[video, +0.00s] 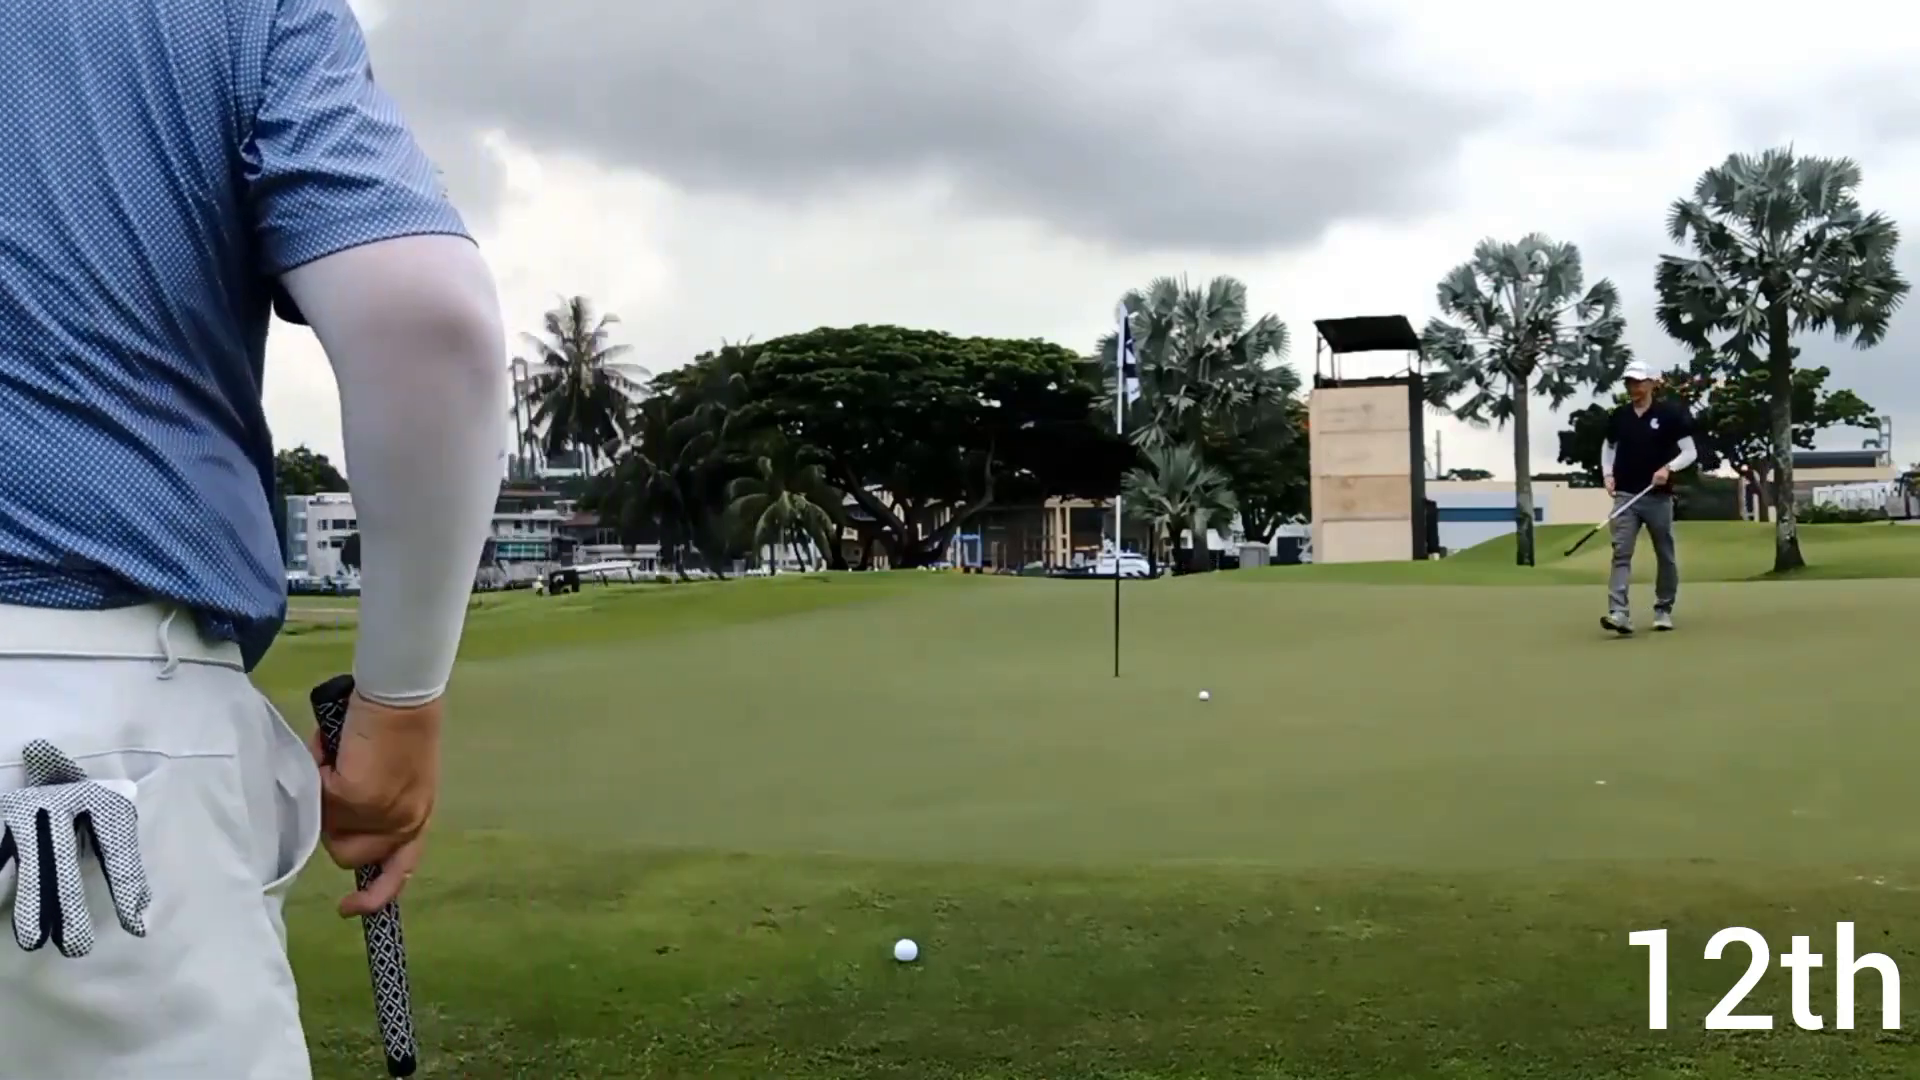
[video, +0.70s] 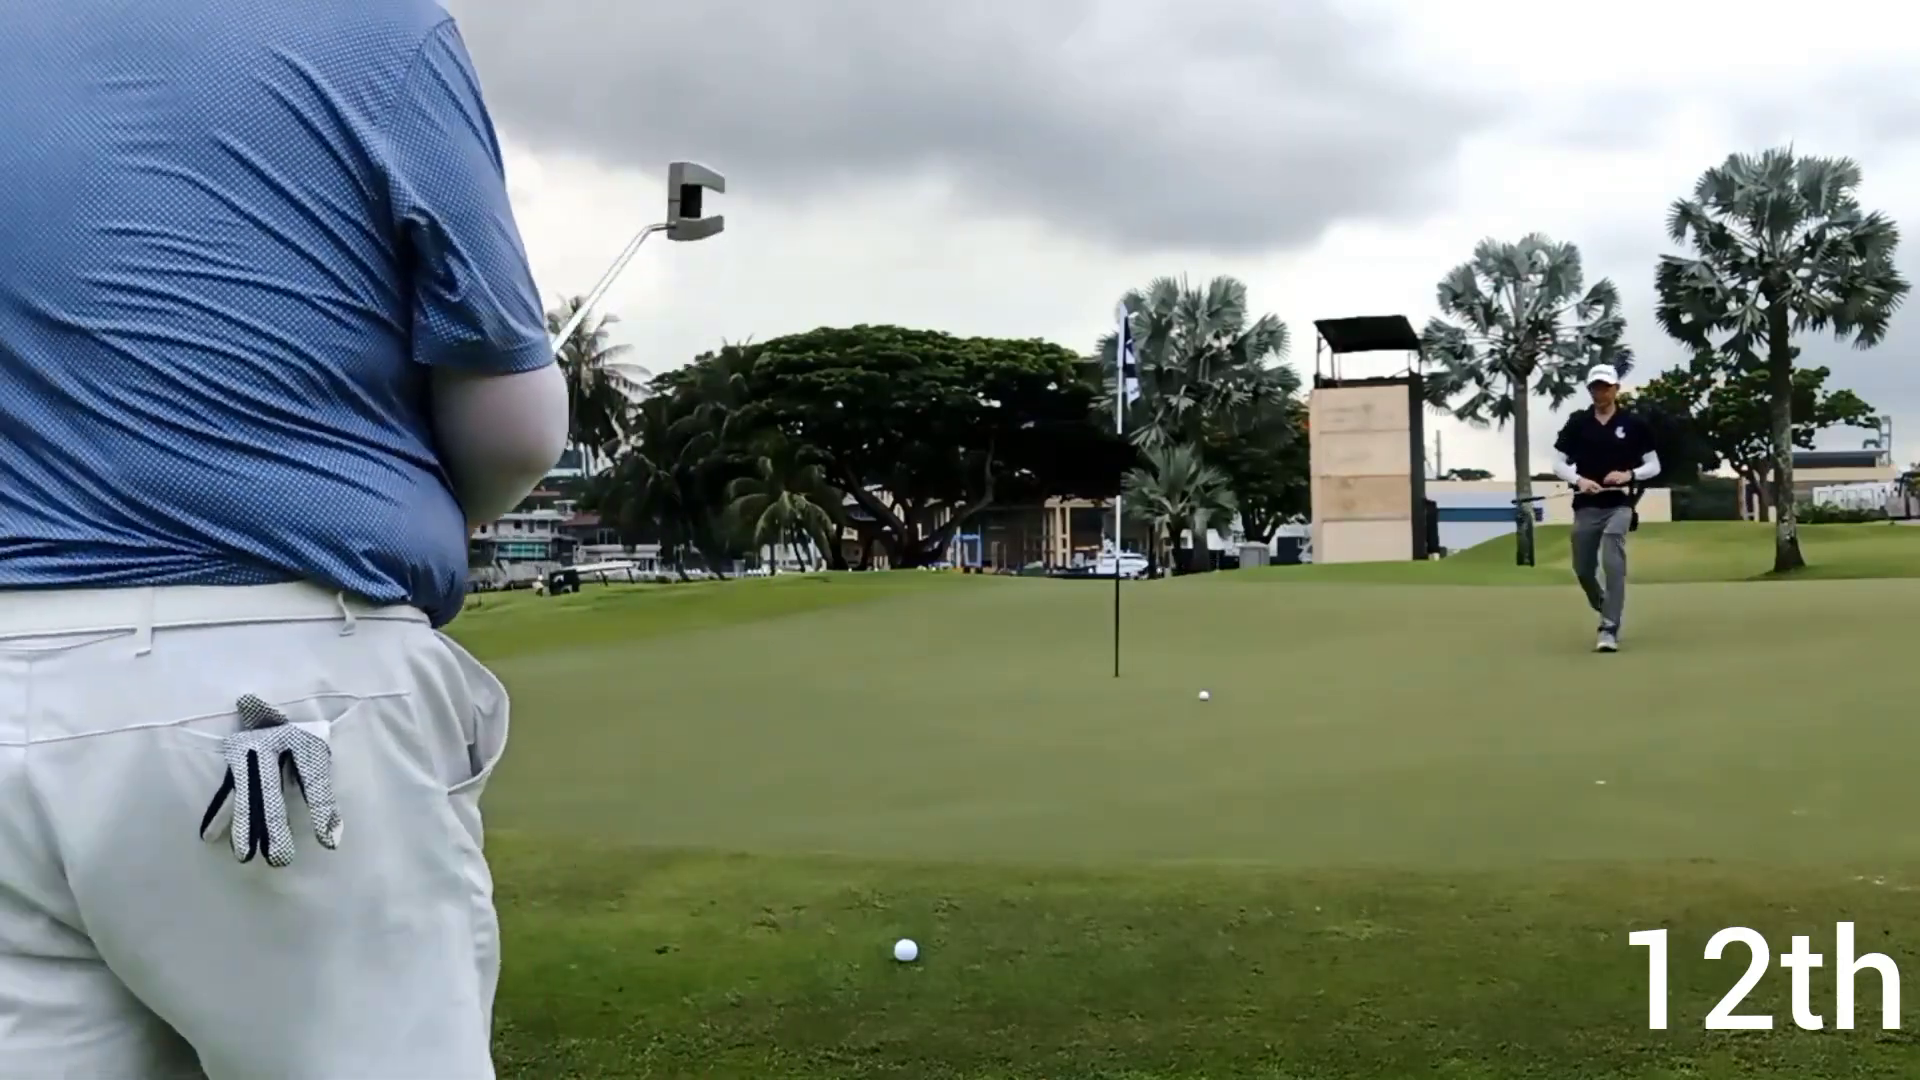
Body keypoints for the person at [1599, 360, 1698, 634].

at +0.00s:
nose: (1633, 388)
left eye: (1638, 382)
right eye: (1629, 383)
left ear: (1651, 384)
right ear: (1626, 385)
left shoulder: (1670, 415)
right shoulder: (1619, 417)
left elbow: (1690, 451)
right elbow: (1608, 449)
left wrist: (1668, 468)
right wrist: (1608, 474)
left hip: (1657, 496)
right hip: (1625, 495)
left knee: (1665, 555)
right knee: (1620, 553)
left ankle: (1663, 609)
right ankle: (1619, 612)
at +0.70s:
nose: (1600, 392)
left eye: (1606, 386)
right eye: (1595, 387)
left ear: (1616, 389)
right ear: (1589, 390)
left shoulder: (1632, 424)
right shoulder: (1578, 423)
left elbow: (1654, 466)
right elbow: (1558, 464)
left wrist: (1629, 475)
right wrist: (1578, 480)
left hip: (1618, 504)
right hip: (1587, 506)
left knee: (1612, 550)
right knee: (1583, 569)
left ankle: (1610, 627)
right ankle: (1603, 607)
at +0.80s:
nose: (1597, 386)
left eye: (1603, 381)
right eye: (1592, 381)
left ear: (1612, 383)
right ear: (1585, 384)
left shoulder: (1628, 418)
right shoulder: (1571, 419)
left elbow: (1647, 460)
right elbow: (1557, 458)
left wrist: (1616, 472)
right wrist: (1571, 476)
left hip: (1616, 504)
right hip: (1581, 504)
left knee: (1613, 564)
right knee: (1575, 565)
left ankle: (1609, 628)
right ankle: (1593, 607)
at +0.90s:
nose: (1594, 382)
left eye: (1599, 376)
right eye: (1589, 377)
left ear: (1609, 379)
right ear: (1582, 380)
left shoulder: (1625, 414)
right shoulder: (1568, 414)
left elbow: (1643, 455)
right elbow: (1555, 452)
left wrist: (1607, 468)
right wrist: (1566, 473)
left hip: (1613, 503)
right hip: (1577, 502)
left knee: (1613, 567)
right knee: (1572, 557)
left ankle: (1609, 629)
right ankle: (1582, 617)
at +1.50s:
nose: (1548, 378)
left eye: (1553, 372)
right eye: (1543, 373)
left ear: (1564, 373)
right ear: (1536, 377)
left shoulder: (1587, 408)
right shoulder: (1525, 412)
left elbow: (1603, 453)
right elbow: (1510, 451)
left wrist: (1578, 470)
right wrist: (1515, 473)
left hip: (1575, 499)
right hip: (1540, 501)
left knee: (1574, 558)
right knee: (1548, 571)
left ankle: (1582, 635)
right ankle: (1562, 638)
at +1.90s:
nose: (1515, 380)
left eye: (1521, 374)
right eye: (1513, 374)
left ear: (1539, 373)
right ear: (1514, 375)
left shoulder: (1564, 410)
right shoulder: (1508, 412)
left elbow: (1589, 456)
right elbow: (1498, 460)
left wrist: (1571, 477)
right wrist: (1488, 502)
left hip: (1549, 508)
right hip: (1512, 509)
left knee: (1551, 574)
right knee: (1508, 574)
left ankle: (1553, 647)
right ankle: (1536, 623)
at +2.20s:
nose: (1501, 376)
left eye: (1506, 369)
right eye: (1494, 371)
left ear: (1517, 370)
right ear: (1487, 375)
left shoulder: (1536, 406)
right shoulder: (1478, 413)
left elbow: (1551, 452)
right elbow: (1470, 465)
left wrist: (1516, 464)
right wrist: (1467, 512)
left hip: (1529, 512)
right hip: (1487, 511)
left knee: (1542, 579)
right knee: (1479, 579)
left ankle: (1549, 648)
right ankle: (1475, 655)